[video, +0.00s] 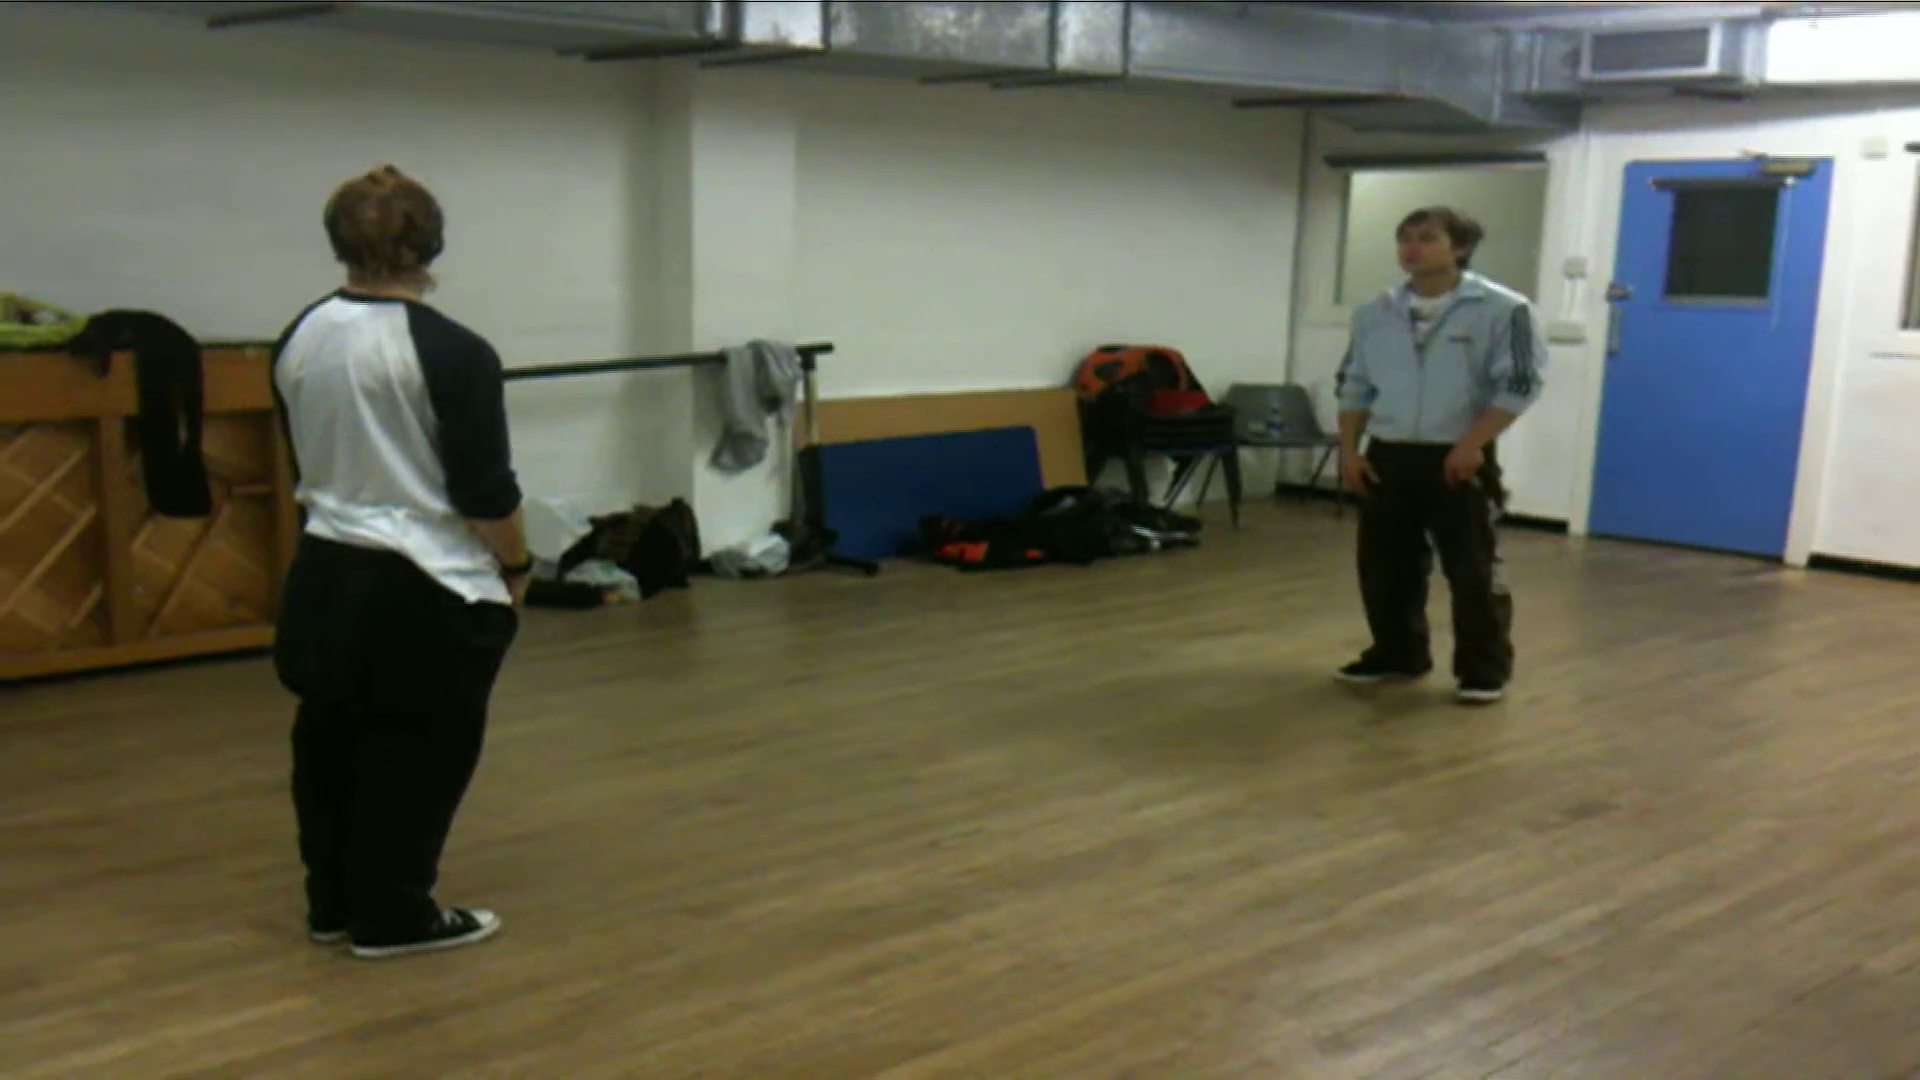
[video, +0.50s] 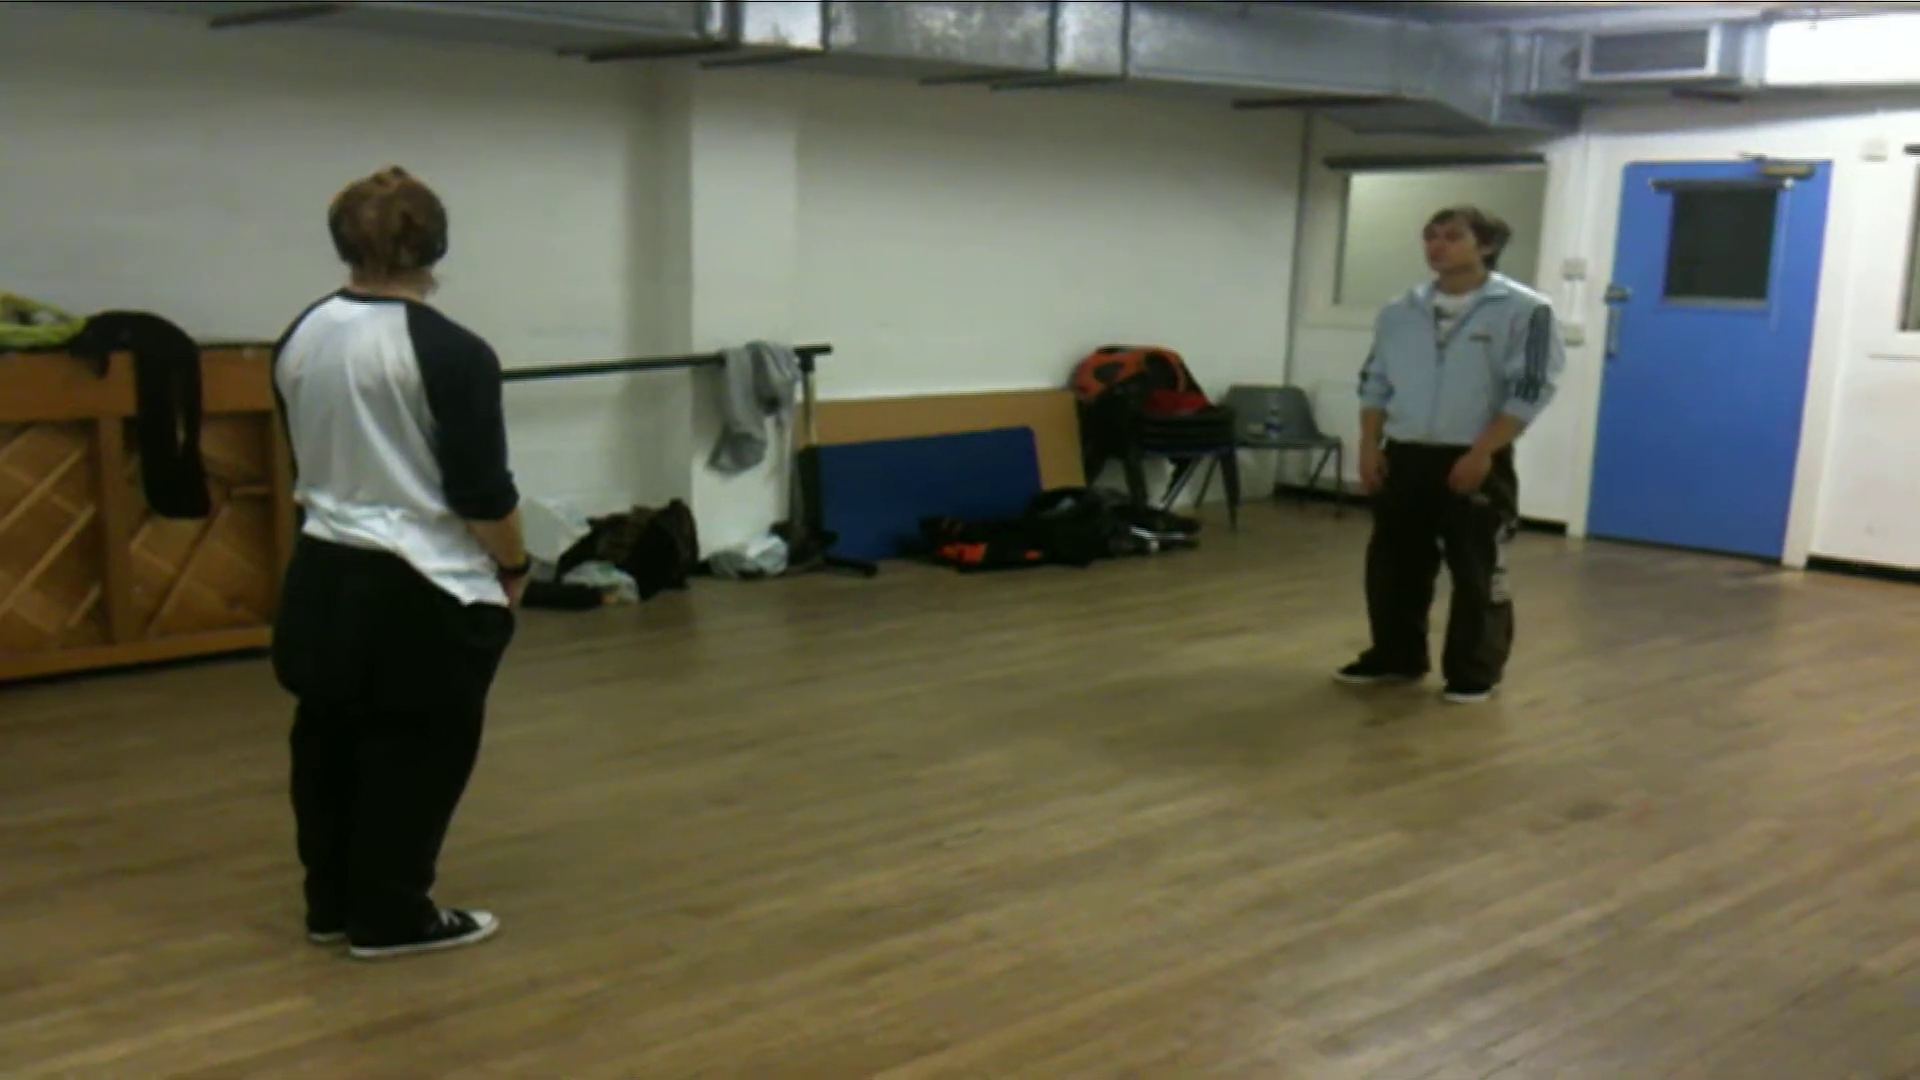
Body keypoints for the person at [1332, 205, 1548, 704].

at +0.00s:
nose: (1412, 248)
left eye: (1426, 239)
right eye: (1406, 240)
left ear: (1457, 248)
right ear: (1398, 250)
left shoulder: (1503, 311)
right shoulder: (1374, 315)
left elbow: (1519, 387)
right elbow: (1355, 388)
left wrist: (1473, 443)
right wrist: (1349, 450)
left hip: (1460, 463)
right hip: (1391, 462)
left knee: (1472, 575)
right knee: (1384, 567)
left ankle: (1482, 671)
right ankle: (1398, 653)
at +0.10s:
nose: (1413, 250)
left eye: (1427, 241)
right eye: (1408, 242)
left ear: (1458, 250)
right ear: (1401, 252)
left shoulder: (1504, 312)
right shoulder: (1378, 317)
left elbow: (1522, 388)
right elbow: (1357, 389)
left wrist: (1476, 443)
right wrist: (1350, 452)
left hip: (1460, 465)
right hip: (1392, 464)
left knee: (1469, 575)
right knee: (1384, 569)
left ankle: (1476, 670)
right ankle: (1398, 655)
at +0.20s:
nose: (1418, 247)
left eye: (1432, 239)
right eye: (1413, 239)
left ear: (1464, 248)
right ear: (1406, 249)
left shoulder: (1509, 310)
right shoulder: (1385, 315)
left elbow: (1524, 389)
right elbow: (1363, 387)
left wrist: (1478, 446)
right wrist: (1353, 449)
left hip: (1463, 466)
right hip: (1396, 464)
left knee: (1468, 577)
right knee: (1387, 570)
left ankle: (1474, 671)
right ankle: (1398, 654)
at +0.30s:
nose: (1426, 247)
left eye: (1440, 238)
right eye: (1420, 239)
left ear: (1471, 248)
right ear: (1413, 250)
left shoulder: (1513, 311)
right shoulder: (1390, 315)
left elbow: (1527, 391)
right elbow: (1367, 387)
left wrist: (1480, 449)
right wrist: (1359, 449)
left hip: (1469, 466)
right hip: (1401, 464)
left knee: (1473, 576)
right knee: (1388, 569)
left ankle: (1476, 672)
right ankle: (1399, 655)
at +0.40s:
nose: (1435, 248)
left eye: (1449, 239)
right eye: (1429, 240)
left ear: (1480, 249)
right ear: (1421, 250)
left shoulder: (1522, 313)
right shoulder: (1398, 315)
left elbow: (1531, 394)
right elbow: (1375, 387)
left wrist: (1484, 453)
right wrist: (1368, 450)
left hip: (1476, 467)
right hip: (1408, 464)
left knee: (1479, 579)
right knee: (1395, 570)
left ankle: (1479, 672)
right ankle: (1402, 656)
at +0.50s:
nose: (1439, 246)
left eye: (1453, 237)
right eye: (1432, 238)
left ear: (1484, 247)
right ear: (1424, 247)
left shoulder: (1525, 312)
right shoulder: (1398, 313)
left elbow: (1531, 393)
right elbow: (1375, 383)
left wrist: (1483, 453)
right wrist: (1369, 443)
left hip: (1476, 466)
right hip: (1407, 463)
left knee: (1476, 578)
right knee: (1394, 569)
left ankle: (1472, 672)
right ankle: (1396, 656)